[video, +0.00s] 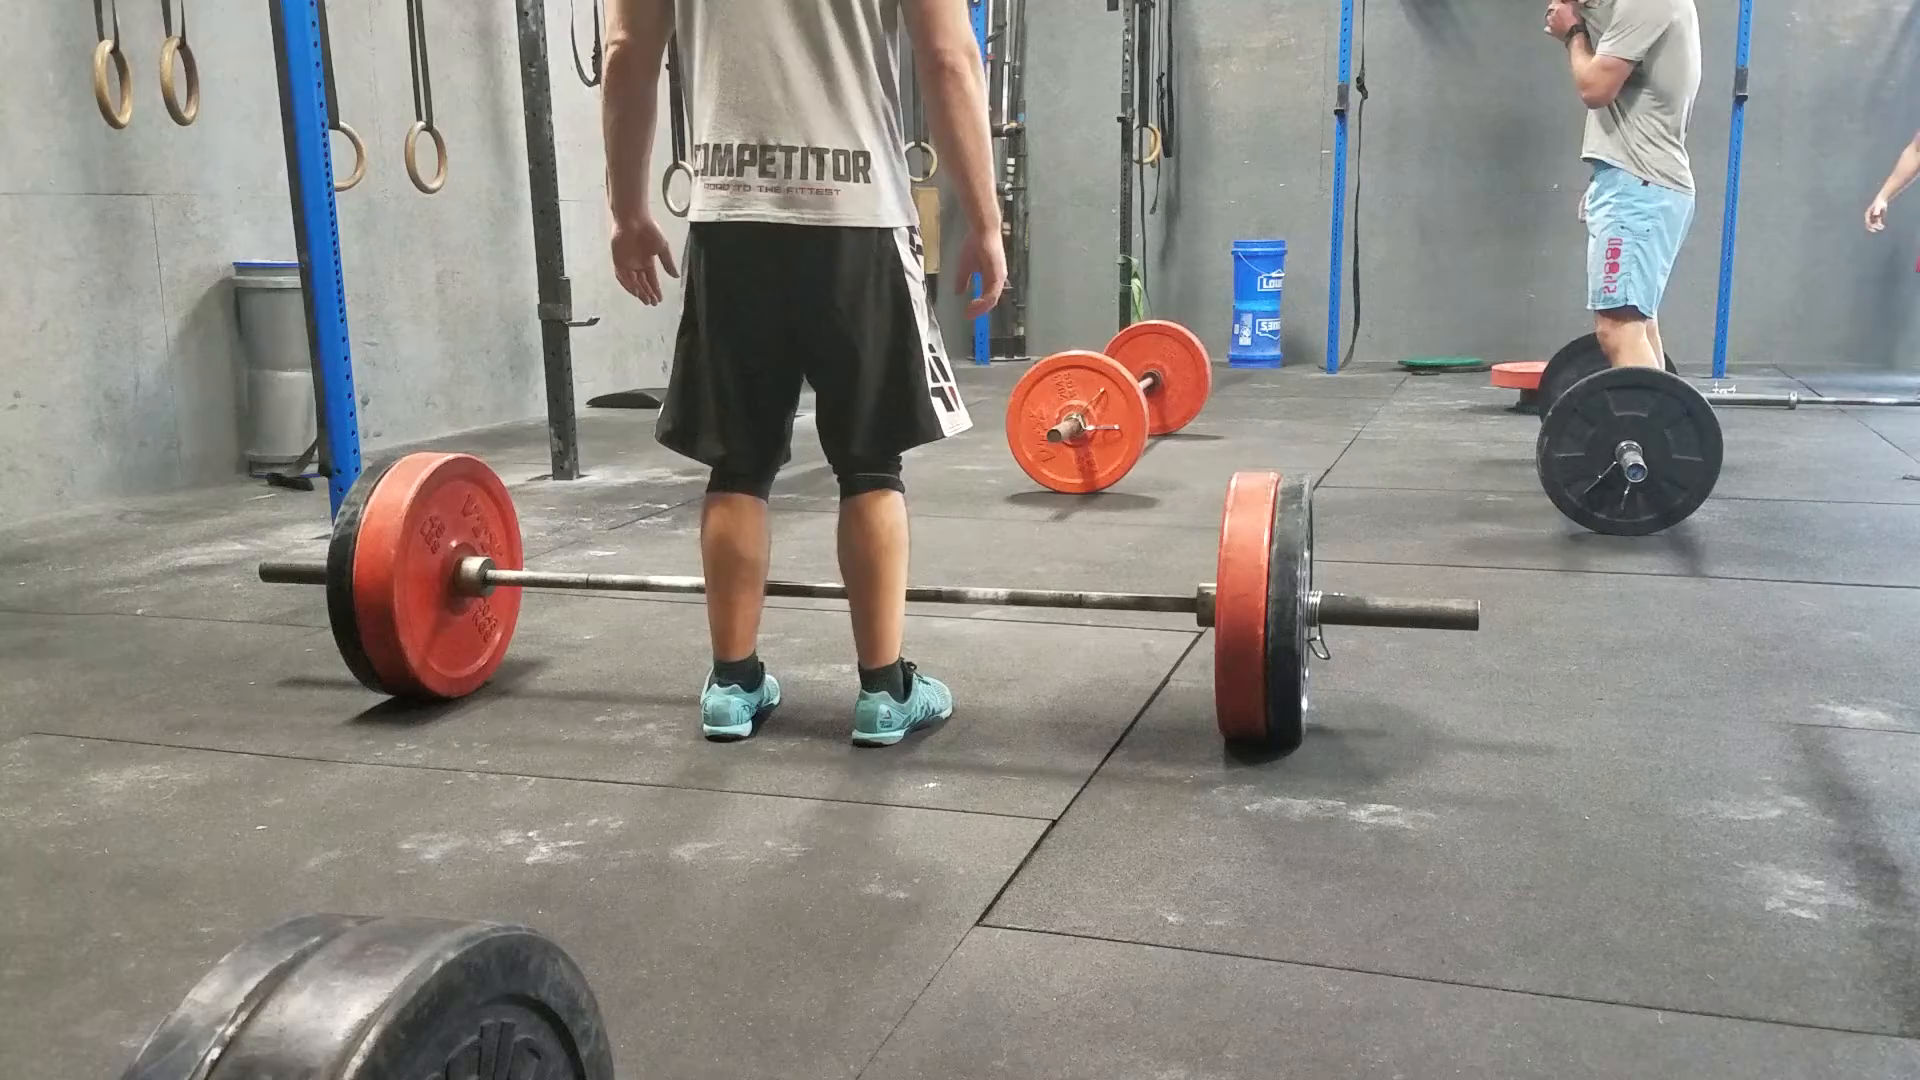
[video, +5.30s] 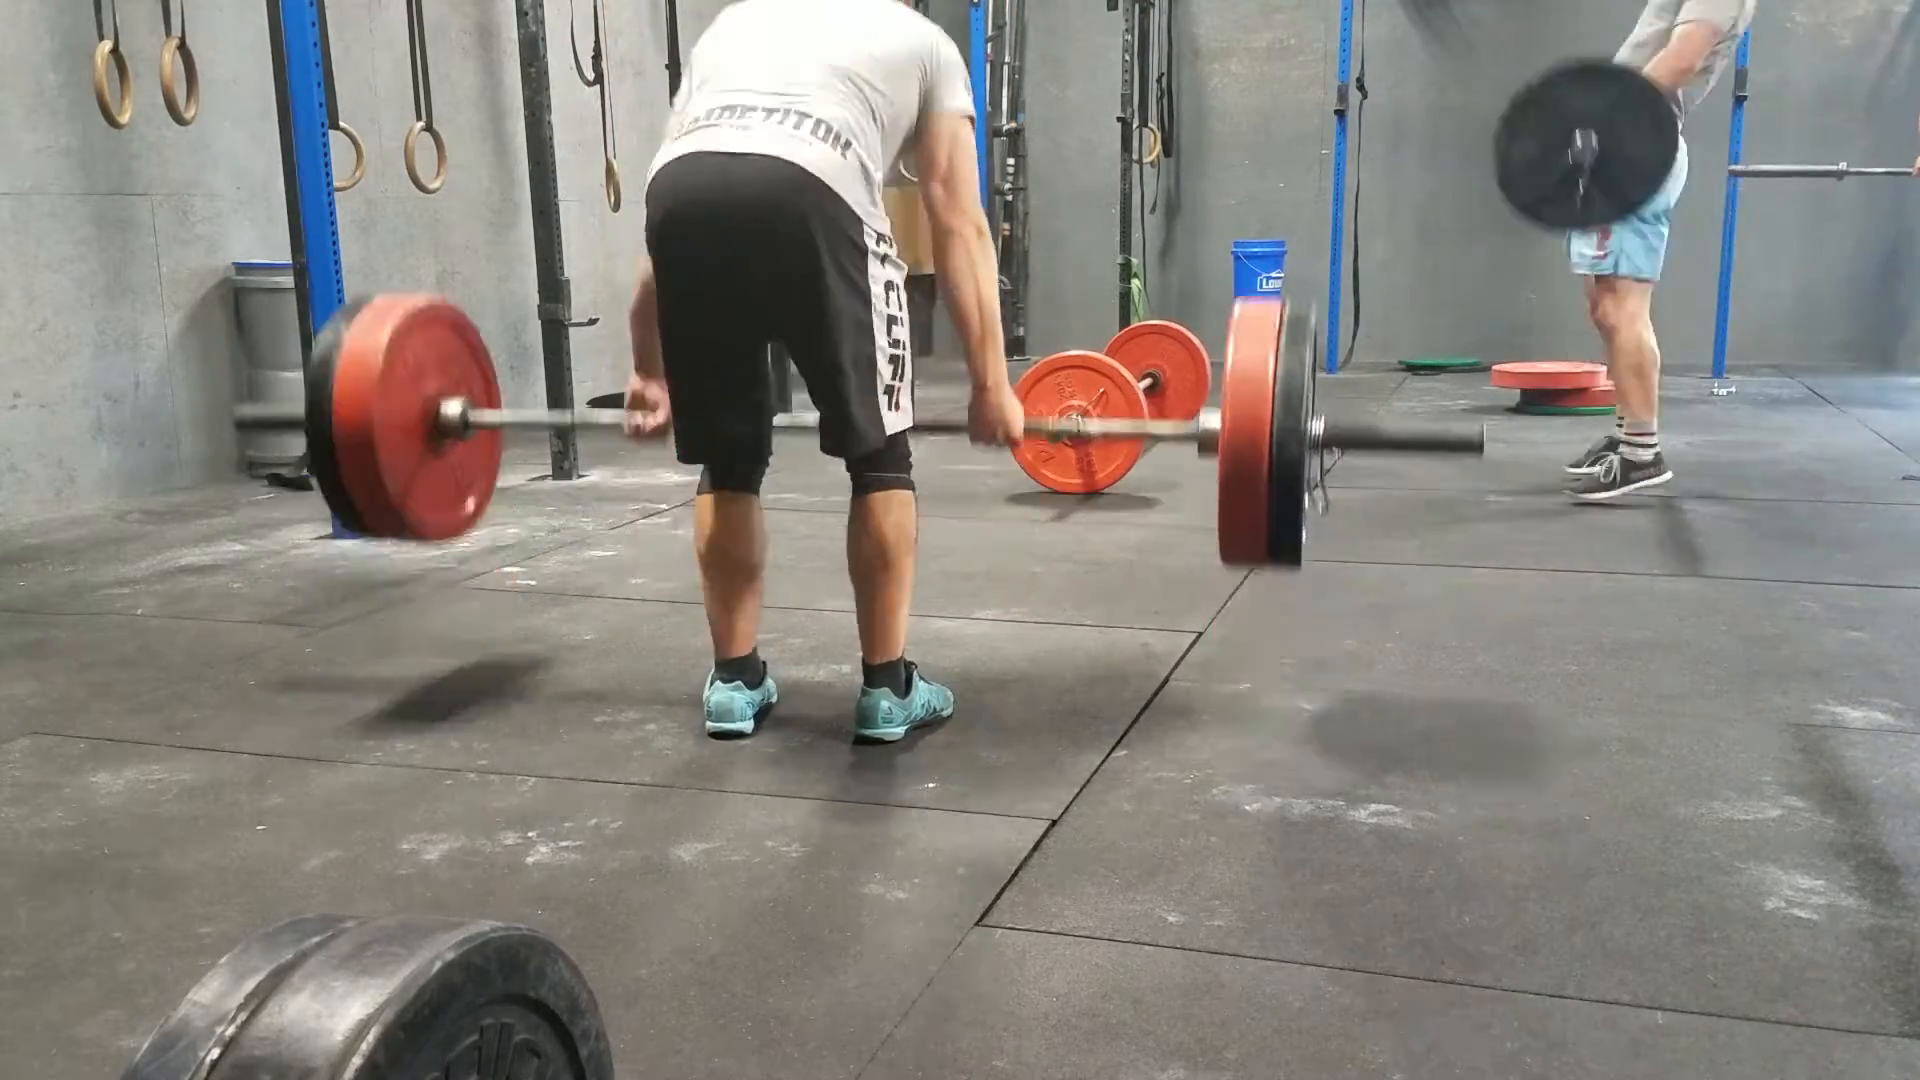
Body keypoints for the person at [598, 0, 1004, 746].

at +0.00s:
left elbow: (630, 49)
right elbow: (947, 56)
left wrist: (628, 208)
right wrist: (984, 219)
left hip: (728, 217)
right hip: (857, 218)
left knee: (737, 464)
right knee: (871, 466)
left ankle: (730, 683)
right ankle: (884, 688)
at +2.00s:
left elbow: (631, 54)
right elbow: (951, 62)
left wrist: (626, 215)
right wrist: (987, 221)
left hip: (724, 216)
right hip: (852, 217)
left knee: (741, 462)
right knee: (876, 464)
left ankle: (734, 679)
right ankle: (884, 685)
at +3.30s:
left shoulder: (696, 8)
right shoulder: (925, 7)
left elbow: (649, 166)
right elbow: (960, 178)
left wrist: (660, 317)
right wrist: (982, 333)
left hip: (701, 213)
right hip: (835, 213)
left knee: (729, 465)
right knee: (884, 464)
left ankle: (734, 679)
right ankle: (885, 686)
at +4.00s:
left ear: (832, 30)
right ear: (908, 56)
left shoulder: (721, 58)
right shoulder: (922, 83)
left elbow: (635, 251)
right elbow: (943, 269)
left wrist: (633, 411)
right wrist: (971, 437)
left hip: (681, 239)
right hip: (817, 240)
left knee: (723, 471)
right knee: (880, 467)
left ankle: (733, 681)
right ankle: (885, 688)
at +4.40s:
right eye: (910, 142)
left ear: (829, 114)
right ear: (907, 135)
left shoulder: (744, 134)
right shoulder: (928, 174)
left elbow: (649, 365)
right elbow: (947, 369)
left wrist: (654, 507)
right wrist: (992, 523)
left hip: (672, 258)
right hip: (812, 270)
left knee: (723, 477)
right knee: (880, 477)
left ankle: (730, 681)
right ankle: (883, 687)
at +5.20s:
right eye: (918, 73)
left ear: (822, 56)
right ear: (908, 66)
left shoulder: (748, 90)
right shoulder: (931, 117)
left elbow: (671, 296)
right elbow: (959, 295)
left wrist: (657, 442)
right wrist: (994, 453)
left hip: (678, 219)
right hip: (808, 224)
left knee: (735, 467)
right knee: (883, 467)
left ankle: (733, 680)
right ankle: (886, 688)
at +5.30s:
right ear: (906, 13)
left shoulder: (729, 26)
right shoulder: (926, 42)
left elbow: (668, 214)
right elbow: (958, 223)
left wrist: (647, 367)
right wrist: (990, 382)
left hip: (686, 197)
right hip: (808, 198)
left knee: (728, 463)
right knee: (878, 456)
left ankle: (732, 680)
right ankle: (886, 686)